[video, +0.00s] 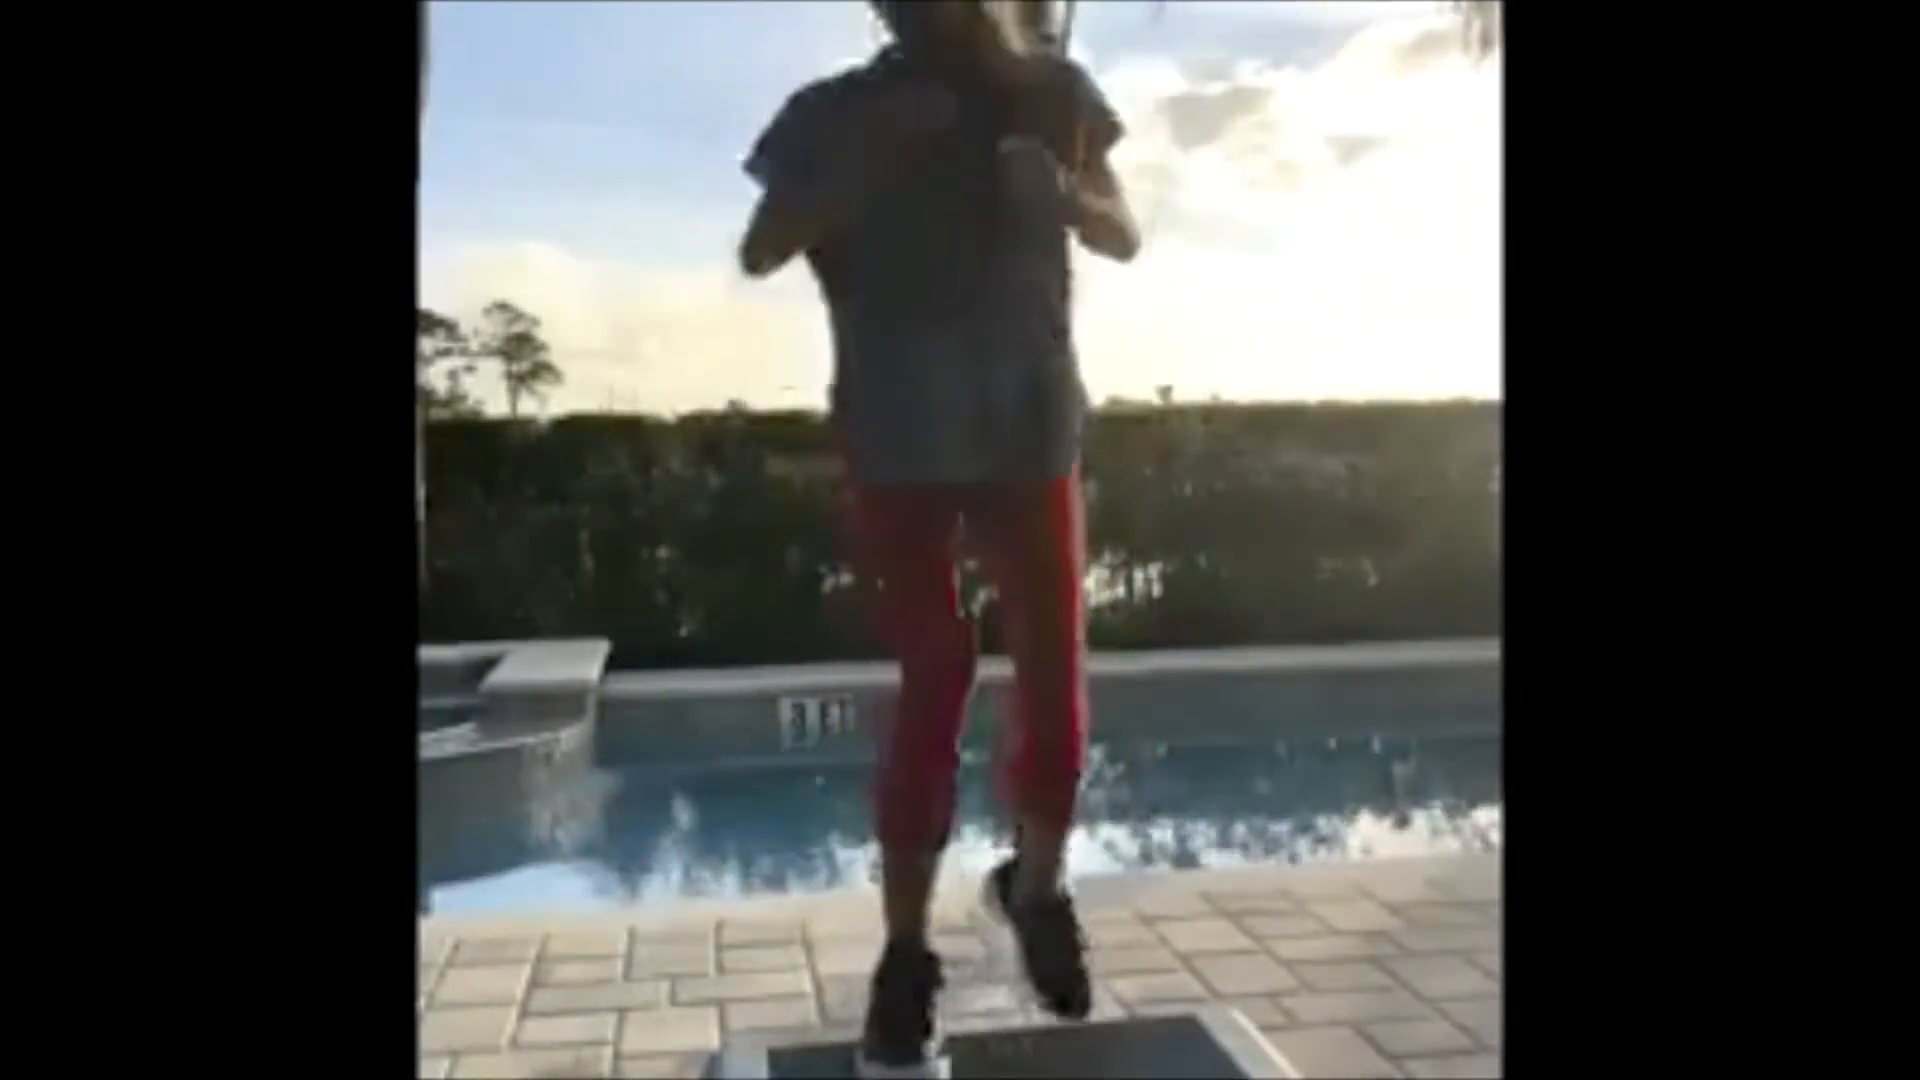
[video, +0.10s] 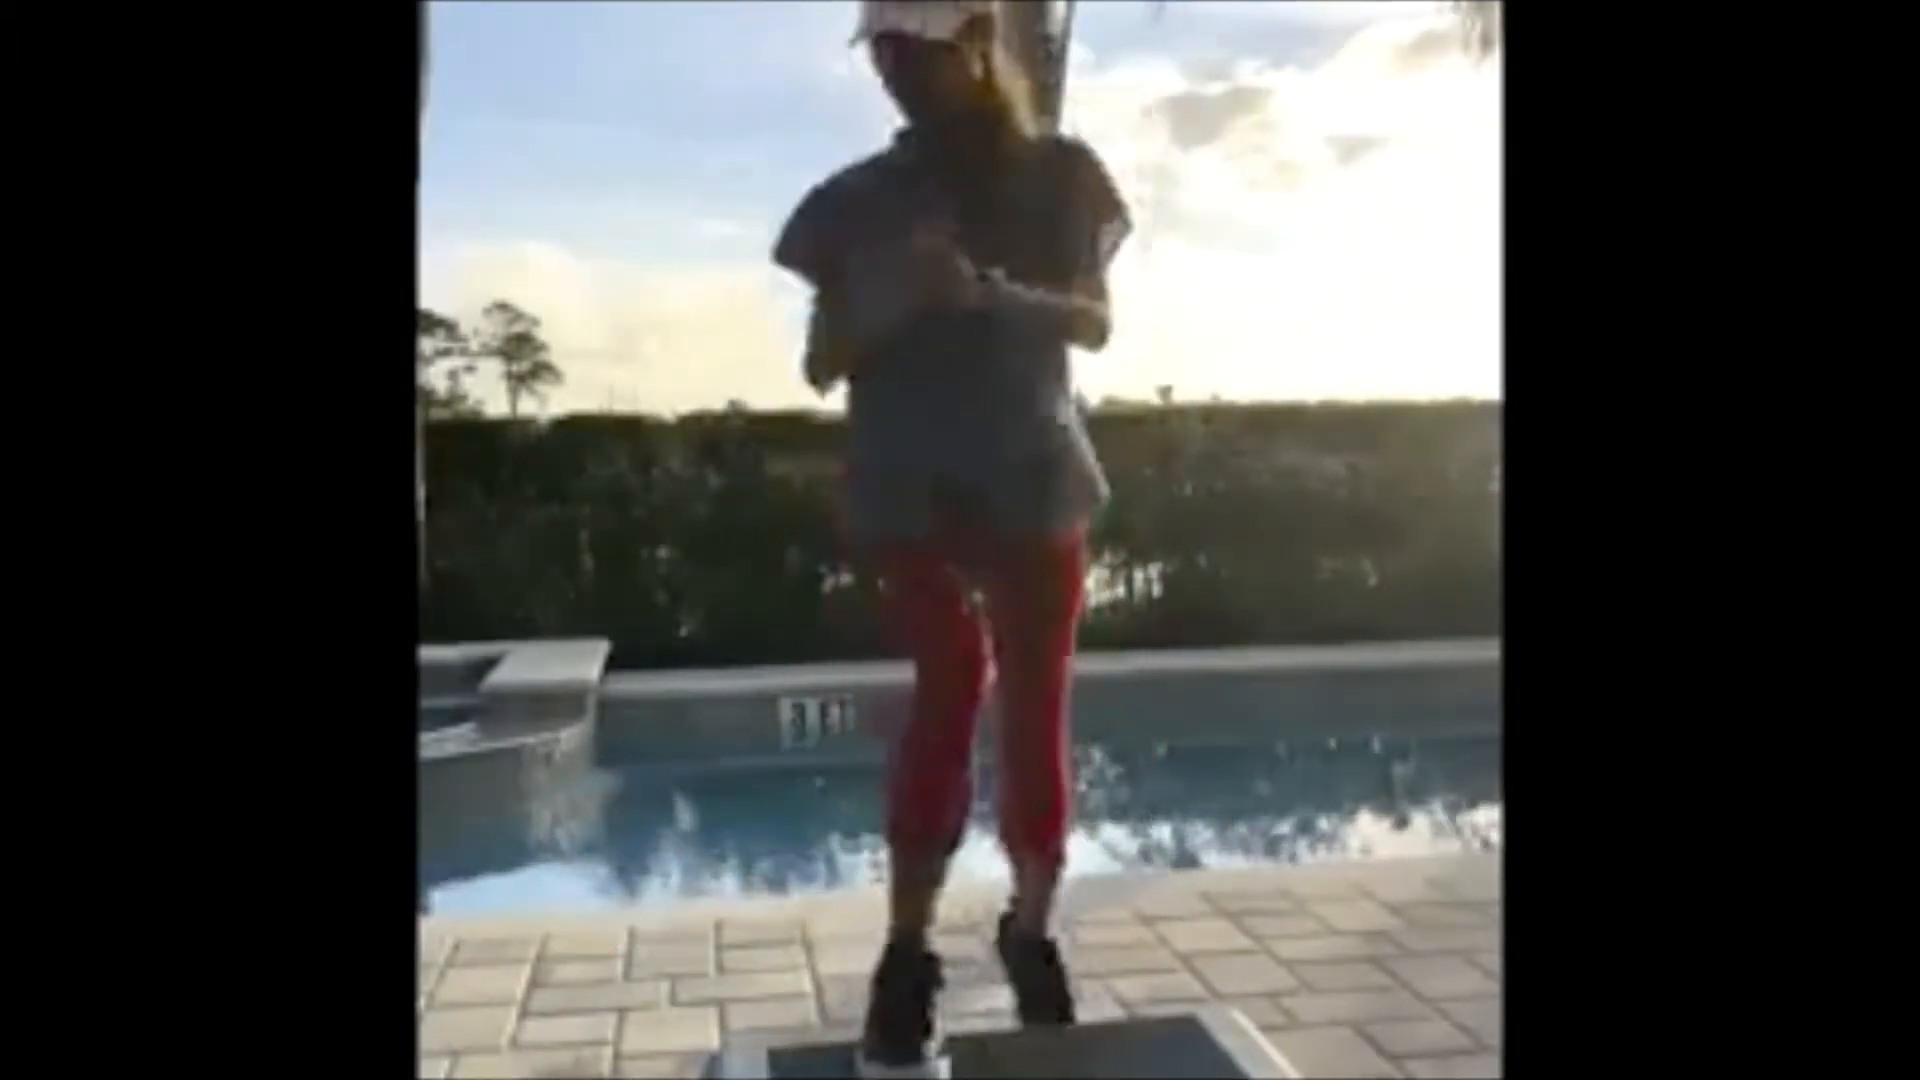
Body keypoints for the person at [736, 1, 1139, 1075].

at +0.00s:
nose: (953, 15)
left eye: (966, 4)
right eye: (934, 5)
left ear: (991, 8)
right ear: (901, 11)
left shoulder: (1047, 91)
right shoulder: (838, 112)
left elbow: (1121, 236)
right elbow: (761, 250)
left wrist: (1061, 185)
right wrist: (866, 158)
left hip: (1031, 436)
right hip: (896, 443)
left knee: (1052, 668)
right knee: (934, 674)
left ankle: (1038, 884)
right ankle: (906, 952)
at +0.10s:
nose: (906, 68)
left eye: (927, 45)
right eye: (891, 48)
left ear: (978, 48)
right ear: (881, 59)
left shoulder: (1055, 170)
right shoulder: (857, 200)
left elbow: (1092, 317)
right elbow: (822, 361)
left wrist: (986, 289)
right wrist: (901, 288)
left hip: (1033, 472)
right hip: (903, 479)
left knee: (1038, 697)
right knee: (948, 677)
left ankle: (1031, 928)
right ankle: (906, 952)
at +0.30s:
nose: (915, 136)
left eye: (934, 113)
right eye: (900, 114)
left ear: (984, 108)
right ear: (885, 117)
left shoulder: (1056, 240)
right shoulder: (879, 245)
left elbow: (1093, 397)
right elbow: (880, 328)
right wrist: (936, 200)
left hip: (1041, 505)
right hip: (921, 504)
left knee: (1034, 727)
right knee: (897, 651)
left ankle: (1022, 944)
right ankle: (913, 911)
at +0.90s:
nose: (774, 108)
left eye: (795, 87)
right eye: (761, 86)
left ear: (854, 88)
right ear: (748, 88)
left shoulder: (909, 193)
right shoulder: (728, 223)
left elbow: (1015, 249)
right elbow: (578, 274)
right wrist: (589, 187)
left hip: (938, 501)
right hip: (825, 516)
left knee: (834, 632)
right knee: (874, 720)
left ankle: (867, 898)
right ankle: (911, 963)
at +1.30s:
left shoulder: (798, 9)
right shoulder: (740, 45)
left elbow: (846, 154)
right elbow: (755, 228)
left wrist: (696, 81)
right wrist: (644, 285)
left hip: (843, 376)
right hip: (741, 366)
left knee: (825, 666)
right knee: (569, 357)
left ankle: (824, 967)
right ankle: (666, 627)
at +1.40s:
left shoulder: (771, 33)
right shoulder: (731, 51)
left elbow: (804, 230)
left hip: (828, 386)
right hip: (738, 383)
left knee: (817, 668)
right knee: (564, 199)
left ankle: (824, 973)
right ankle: (612, 514)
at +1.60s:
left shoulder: (763, 27)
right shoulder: (676, 50)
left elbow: (759, 238)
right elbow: (703, 261)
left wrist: (635, 280)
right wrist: (605, 306)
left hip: (779, 389)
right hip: (686, 378)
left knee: (787, 671)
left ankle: (825, 966)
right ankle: (579, 639)